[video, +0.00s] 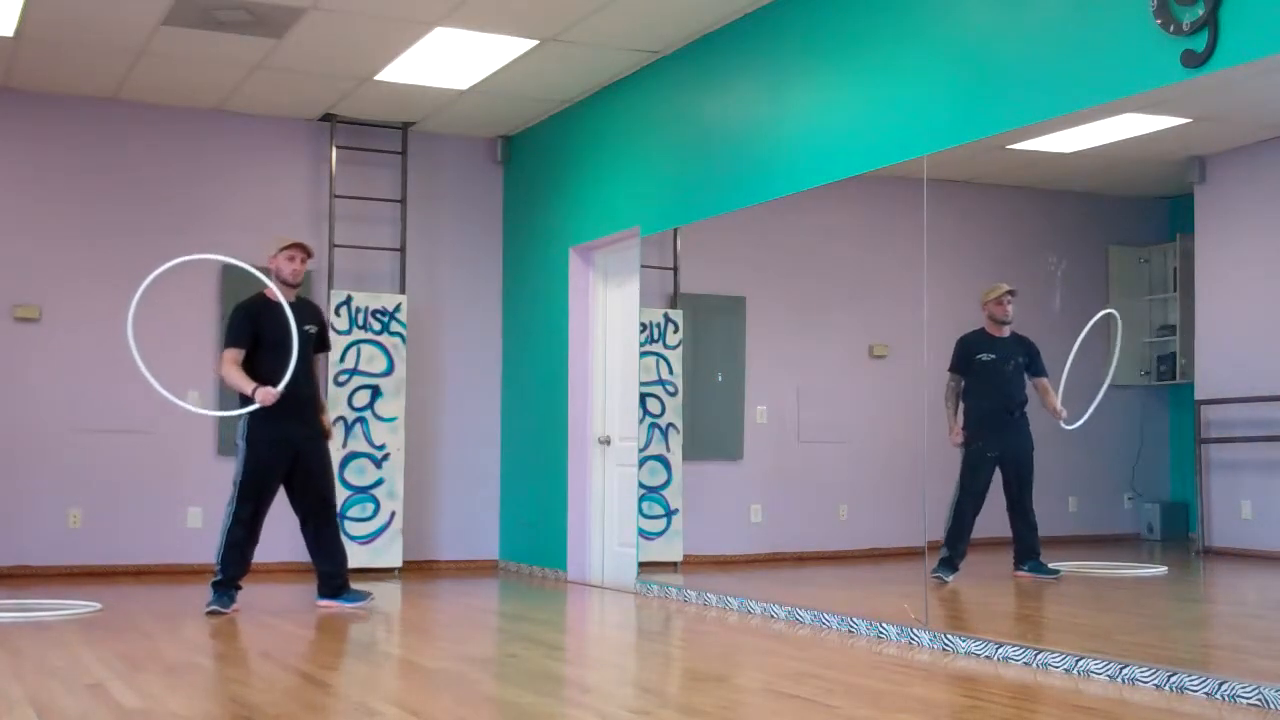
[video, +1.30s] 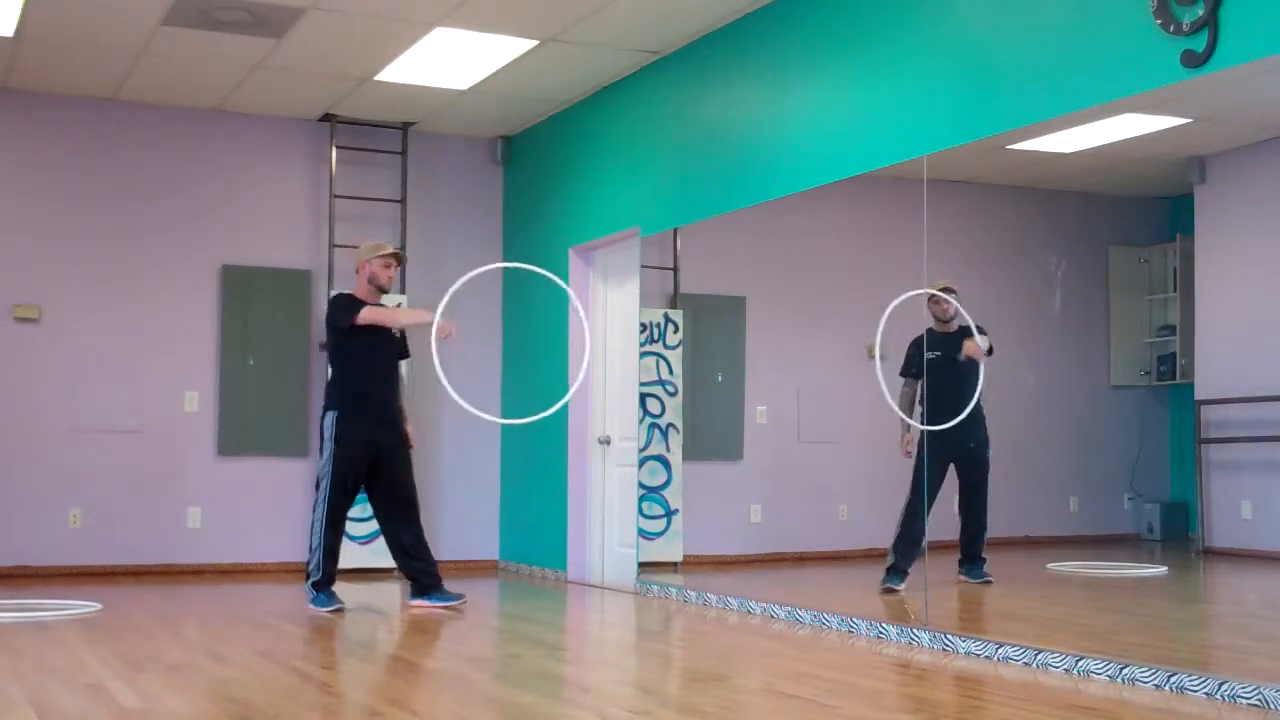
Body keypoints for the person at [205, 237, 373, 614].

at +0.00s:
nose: (297, 266)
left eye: (303, 261)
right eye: (290, 259)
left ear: (307, 269)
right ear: (272, 263)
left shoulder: (311, 313)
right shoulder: (250, 310)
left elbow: (314, 370)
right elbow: (228, 365)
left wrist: (321, 411)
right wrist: (253, 389)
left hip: (307, 424)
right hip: (266, 424)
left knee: (320, 507)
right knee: (247, 508)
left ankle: (333, 587)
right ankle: (224, 589)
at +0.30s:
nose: (343, 266)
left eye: (349, 262)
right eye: (336, 259)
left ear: (353, 270)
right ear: (318, 264)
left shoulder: (355, 314)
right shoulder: (296, 307)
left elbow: (360, 371)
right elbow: (273, 362)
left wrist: (367, 416)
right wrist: (283, 399)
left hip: (346, 425)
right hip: (306, 423)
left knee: (347, 509)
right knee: (289, 506)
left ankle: (336, 589)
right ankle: (261, 589)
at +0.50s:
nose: (352, 265)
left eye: (358, 261)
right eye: (346, 258)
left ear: (364, 268)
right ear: (331, 262)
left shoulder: (370, 314)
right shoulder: (307, 307)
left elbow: (376, 367)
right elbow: (281, 359)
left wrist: (387, 409)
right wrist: (302, 392)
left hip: (355, 417)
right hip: (318, 416)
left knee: (353, 498)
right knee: (319, 497)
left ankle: (342, 585)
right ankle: (316, 588)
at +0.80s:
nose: (359, 268)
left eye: (363, 263)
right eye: (353, 261)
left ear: (365, 270)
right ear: (333, 264)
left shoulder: (367, 313)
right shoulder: (310, 310)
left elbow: (367, 364)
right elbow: (299, 364)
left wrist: (371, 403)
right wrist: (337, 393)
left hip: (366, 417)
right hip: (326, 418)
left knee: (379, 501)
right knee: (324, 504)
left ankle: (389, 587)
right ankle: (323, 587)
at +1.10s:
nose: (380, 271)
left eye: (382, 266)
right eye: (372, 264)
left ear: (381, 272)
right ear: (351, 267)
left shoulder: (380, 316)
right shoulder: (331, 307)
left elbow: (385, 363)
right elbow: (354, 347)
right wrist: (389, 377)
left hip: (377, 417)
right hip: (340, 416)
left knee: (394, 500)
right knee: (331, 502)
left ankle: (418, 586)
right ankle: (322, 586)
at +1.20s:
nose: (385, 270)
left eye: (388, 266)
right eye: (378, 263)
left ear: (387, 272)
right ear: (356, 266)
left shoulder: (386, 317)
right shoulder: (337, 305)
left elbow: (382, 380)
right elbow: (373, 332)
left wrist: (392, 422)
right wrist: (414, 353)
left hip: (379, 417)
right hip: (341, 415)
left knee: (398, 502)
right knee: (330, 501)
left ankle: (424, 586)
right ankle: (318, 586)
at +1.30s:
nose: (391, 272)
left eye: (395, 267)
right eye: (384, 265)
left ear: (395, 274)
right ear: (363, 267)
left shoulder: (391, 320)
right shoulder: (341, 304)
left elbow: (391, 380)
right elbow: (384, 316)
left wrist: (402, 421)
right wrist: (433, 318)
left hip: (385, 419)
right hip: (346, 417)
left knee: (400, 504)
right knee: (332, 503)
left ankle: (426, 586)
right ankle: (319, 586)